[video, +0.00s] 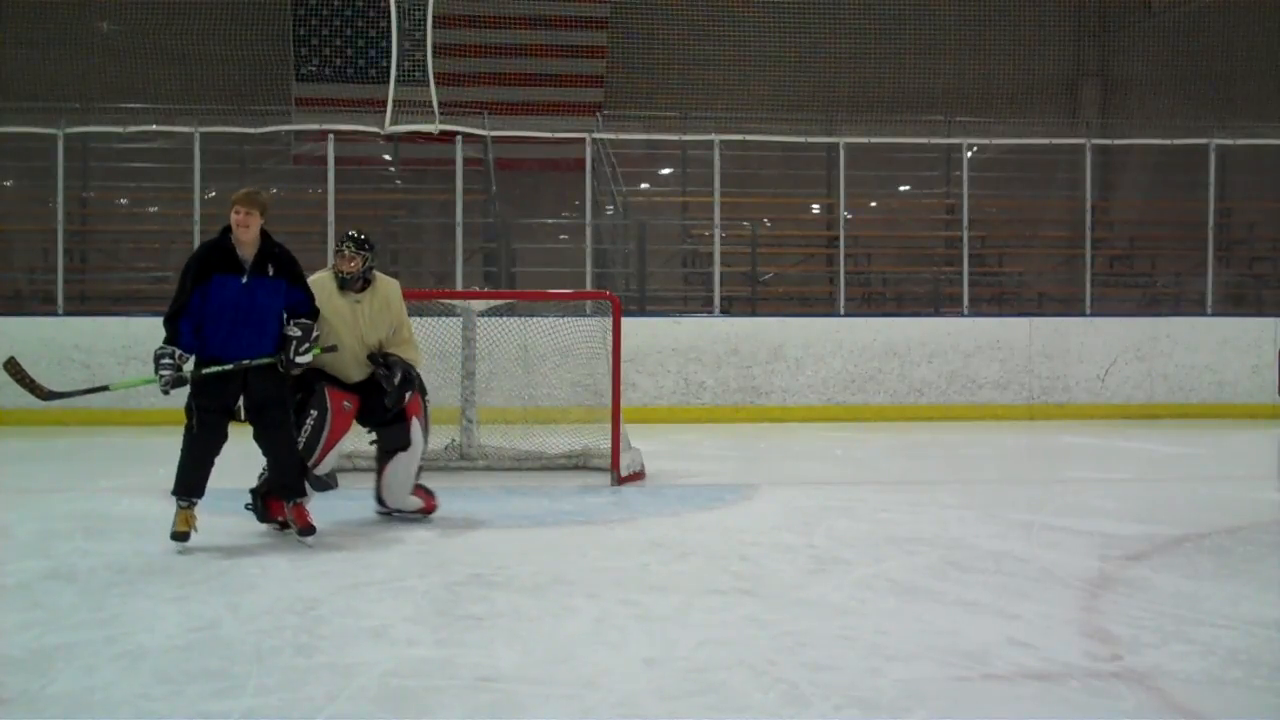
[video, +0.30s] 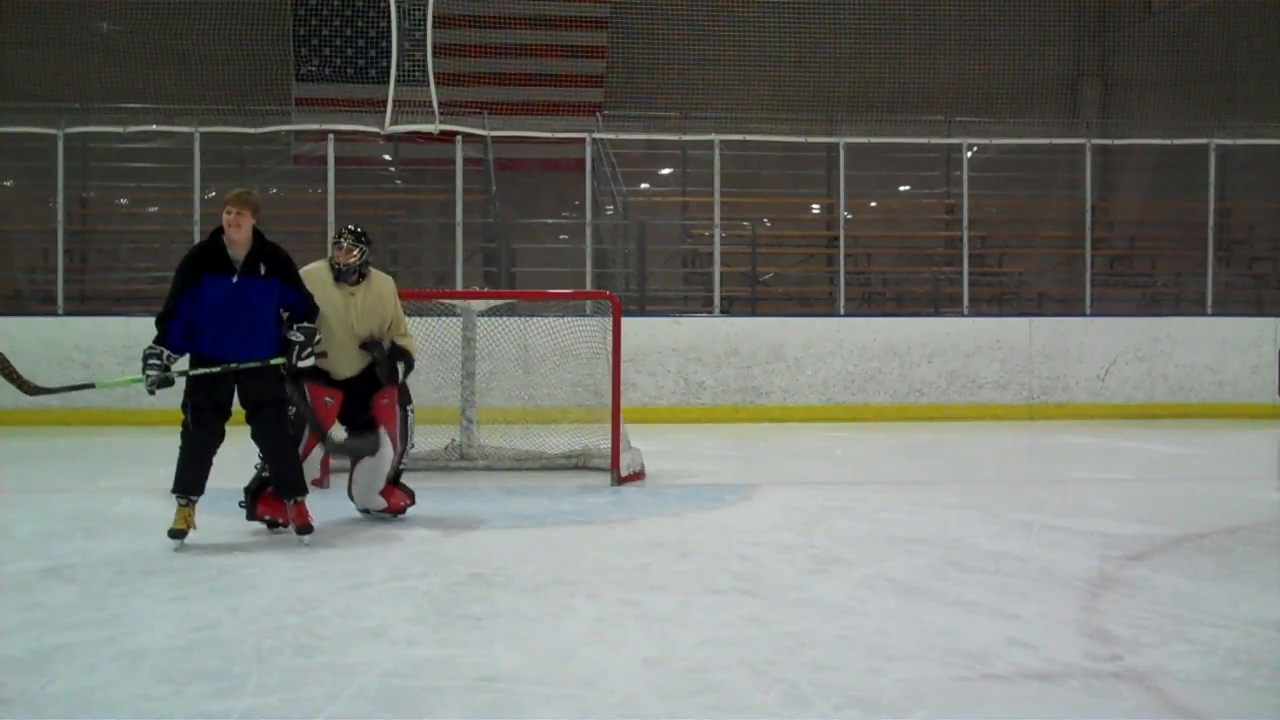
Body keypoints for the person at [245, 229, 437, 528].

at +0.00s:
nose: (344, 265)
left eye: (352, 259)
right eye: (340, 258)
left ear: (367, 262)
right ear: (333, 259)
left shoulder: (389, 290)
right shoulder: (316, 289)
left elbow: (404, 342)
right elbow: (293, 334)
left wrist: (399, 370)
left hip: (375, 380)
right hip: (328, 380)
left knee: (410, 410)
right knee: (333, 414)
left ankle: (396, 495)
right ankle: (278, 492)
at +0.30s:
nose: (343, 257)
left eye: (351, 251)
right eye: (339, 250)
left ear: (364, 255)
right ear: (331, 251)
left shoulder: (383, 285)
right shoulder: (309, 279)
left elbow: (401, 334)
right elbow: (288, 320)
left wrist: (400, 360)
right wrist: (297, 353)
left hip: (367, 376)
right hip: (320, 377)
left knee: (384, 439)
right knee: (301, 436)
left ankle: (371, 495)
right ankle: (269, 492)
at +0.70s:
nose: (324, 256)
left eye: (331, 251)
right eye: (320, 249)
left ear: (345, 255)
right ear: (312, 251)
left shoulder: (364, 286)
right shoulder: (293, 276)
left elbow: (378, 325)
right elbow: (273, 314)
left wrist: (360, 348)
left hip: (347, 375)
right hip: (301, 373)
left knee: (353, 439)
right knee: (282, 434)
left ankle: (361, 498)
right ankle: (257, 497)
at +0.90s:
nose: (306, 261)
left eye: (314, 256)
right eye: (302, 254)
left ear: (327, 260)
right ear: (295, 256)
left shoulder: (346, 290)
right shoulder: (278, 279)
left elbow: (355, 338)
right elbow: (260, 317)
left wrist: (321, 347)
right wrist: (278, 344)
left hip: (326, 375)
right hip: (281, 370)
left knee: (336, 434)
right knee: (273, 427)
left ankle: (346, 496)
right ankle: (249, 493)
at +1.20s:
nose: (308, 260)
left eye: (315, 254)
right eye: (302, 253)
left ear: (328, 258)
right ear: (294, 254)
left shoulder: (345, 288)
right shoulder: (272, 277)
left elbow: (347, 341)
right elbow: (254, 320)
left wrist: (312, 352)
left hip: (326, 371)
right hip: (278, 367)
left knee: (353, 416)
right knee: (271, 420)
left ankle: (352, 492)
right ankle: (244, 493)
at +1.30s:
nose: (320, 265)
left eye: (328, 260)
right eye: (314, 258)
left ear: (339, 264)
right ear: (305, 259)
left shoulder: (356, 295)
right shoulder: (281, 282)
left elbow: (358, 350)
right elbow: (257, 324)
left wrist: (323, 354)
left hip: (334, 383)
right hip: (283, 377)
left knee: (371, 393)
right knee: (284, 411)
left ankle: (383, 493)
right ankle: (242, 496)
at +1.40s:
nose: (339, 270)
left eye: (347, 265)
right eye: (333, 262)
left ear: (357, 270)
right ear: (323, 264)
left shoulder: (372, 301)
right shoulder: (296, 287)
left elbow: (380, 348)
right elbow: (264, 321)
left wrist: (361, 371)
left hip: (348, 389)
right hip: (297, 382)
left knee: (387, 397)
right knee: (288, 428)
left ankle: (404, 495)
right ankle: (235, 499)